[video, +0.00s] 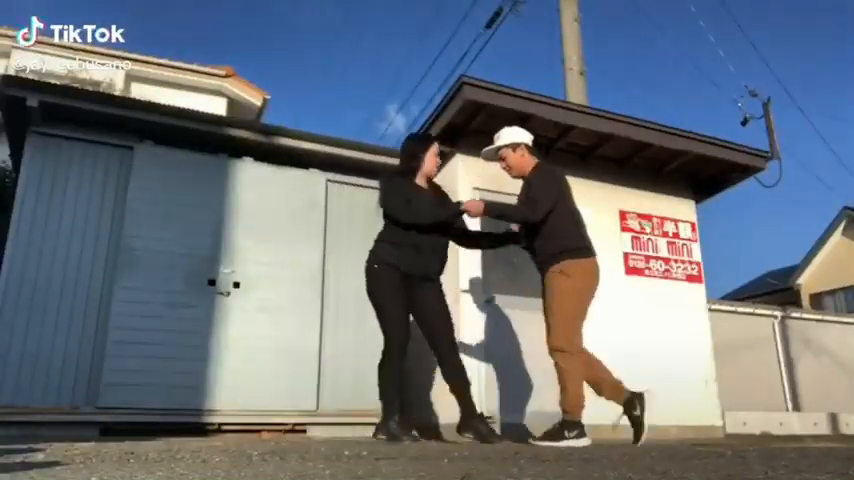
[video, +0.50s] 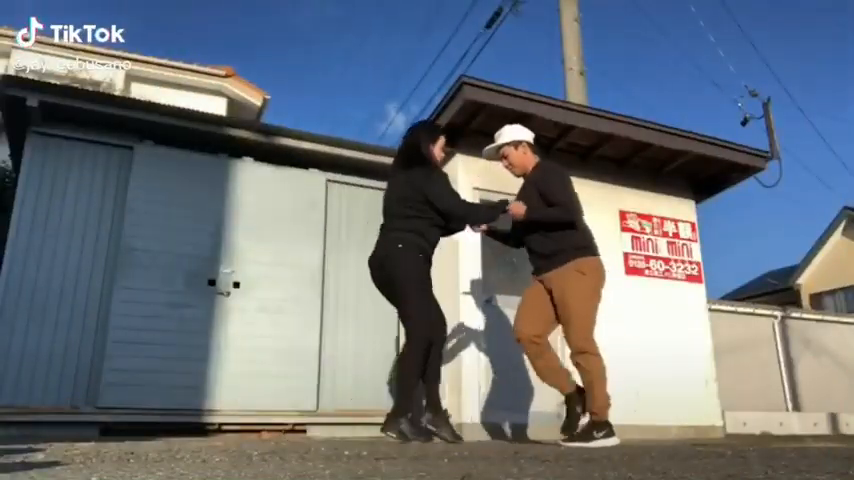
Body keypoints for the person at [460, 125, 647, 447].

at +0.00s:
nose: (502, 166)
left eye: (503, 158)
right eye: (500, 160)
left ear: (522, 150)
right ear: (518, 154)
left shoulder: (542, 176)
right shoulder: (539, 181)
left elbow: (531, 214)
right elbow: (528, 234)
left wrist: (486, 208)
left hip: (569, 267)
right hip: (566, 268)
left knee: (563, 346)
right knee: (567, 347)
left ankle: (572, 425)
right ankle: (627, 399)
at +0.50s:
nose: (504, 164)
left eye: (505, 156)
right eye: (501, 159)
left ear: (524, 148)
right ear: (517, 154)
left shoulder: (549, 173)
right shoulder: (526, 190)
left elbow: (570, 214)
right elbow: (520, 238)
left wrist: (528, 213)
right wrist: (490, 230)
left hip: (576, 268)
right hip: (547, 277)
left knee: (581, 344)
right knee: (528, 333)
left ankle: (601, 422)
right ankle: (572, 394)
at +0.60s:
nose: (497, 161)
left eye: (499, 153)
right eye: (494, 156)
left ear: (517, 145)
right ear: (509, 152)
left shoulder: (544, 170)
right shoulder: (519, 187)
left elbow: (569, 209)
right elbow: (503, 233)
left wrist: (525, 200)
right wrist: (473, 213)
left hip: (569, 268)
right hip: (536, 276)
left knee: (583, 345)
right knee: (513, 331)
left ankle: (600, 422)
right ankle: (532, 414)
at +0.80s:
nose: (479, 159)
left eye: (481, 151)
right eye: (477, 154)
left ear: (499, 146)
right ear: (493, 151)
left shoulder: (529, 169)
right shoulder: (498, 189)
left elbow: (544, 208)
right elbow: (485, 239)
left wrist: (505, 185)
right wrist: (458, 215)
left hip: (538, 274)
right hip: (510, 281)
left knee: (539, 346)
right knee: (502, 349)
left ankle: (593, 416)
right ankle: (503, 422)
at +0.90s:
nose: (473, 164)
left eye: (475, 156)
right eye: (471, 158)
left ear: (493, 147)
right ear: (488, 151)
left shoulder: (518, 170)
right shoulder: (497, 190)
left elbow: (530, 205)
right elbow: (491, 246)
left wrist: (487, 196)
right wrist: (453, 229)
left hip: (520, 273)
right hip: (513, 275)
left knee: (482, 336)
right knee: (499, 344)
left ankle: (547, 386)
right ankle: (501, 423)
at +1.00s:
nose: (465, 163)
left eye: (466, 155)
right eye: (462, 158)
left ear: (484, 147)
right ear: (486, 151)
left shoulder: (503, 174)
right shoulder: (508, 182)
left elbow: (493, 212)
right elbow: (486, 248)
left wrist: (453, 215)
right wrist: (446, 246)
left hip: (505, 272)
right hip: (522, 277)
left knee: (457, 325)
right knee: (491, 345)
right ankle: (500, 426)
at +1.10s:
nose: (457, 164)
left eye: (459, 155)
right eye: (455, 158)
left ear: (477, 147)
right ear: (476, 151)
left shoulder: (495, 174)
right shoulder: (500, 181)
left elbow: (473, 213)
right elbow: (477, 246)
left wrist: (425, 215)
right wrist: (438, 245)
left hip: (498, 271)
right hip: (514, 275)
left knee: (453, 330)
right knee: (483, 345)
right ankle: (498, 420)